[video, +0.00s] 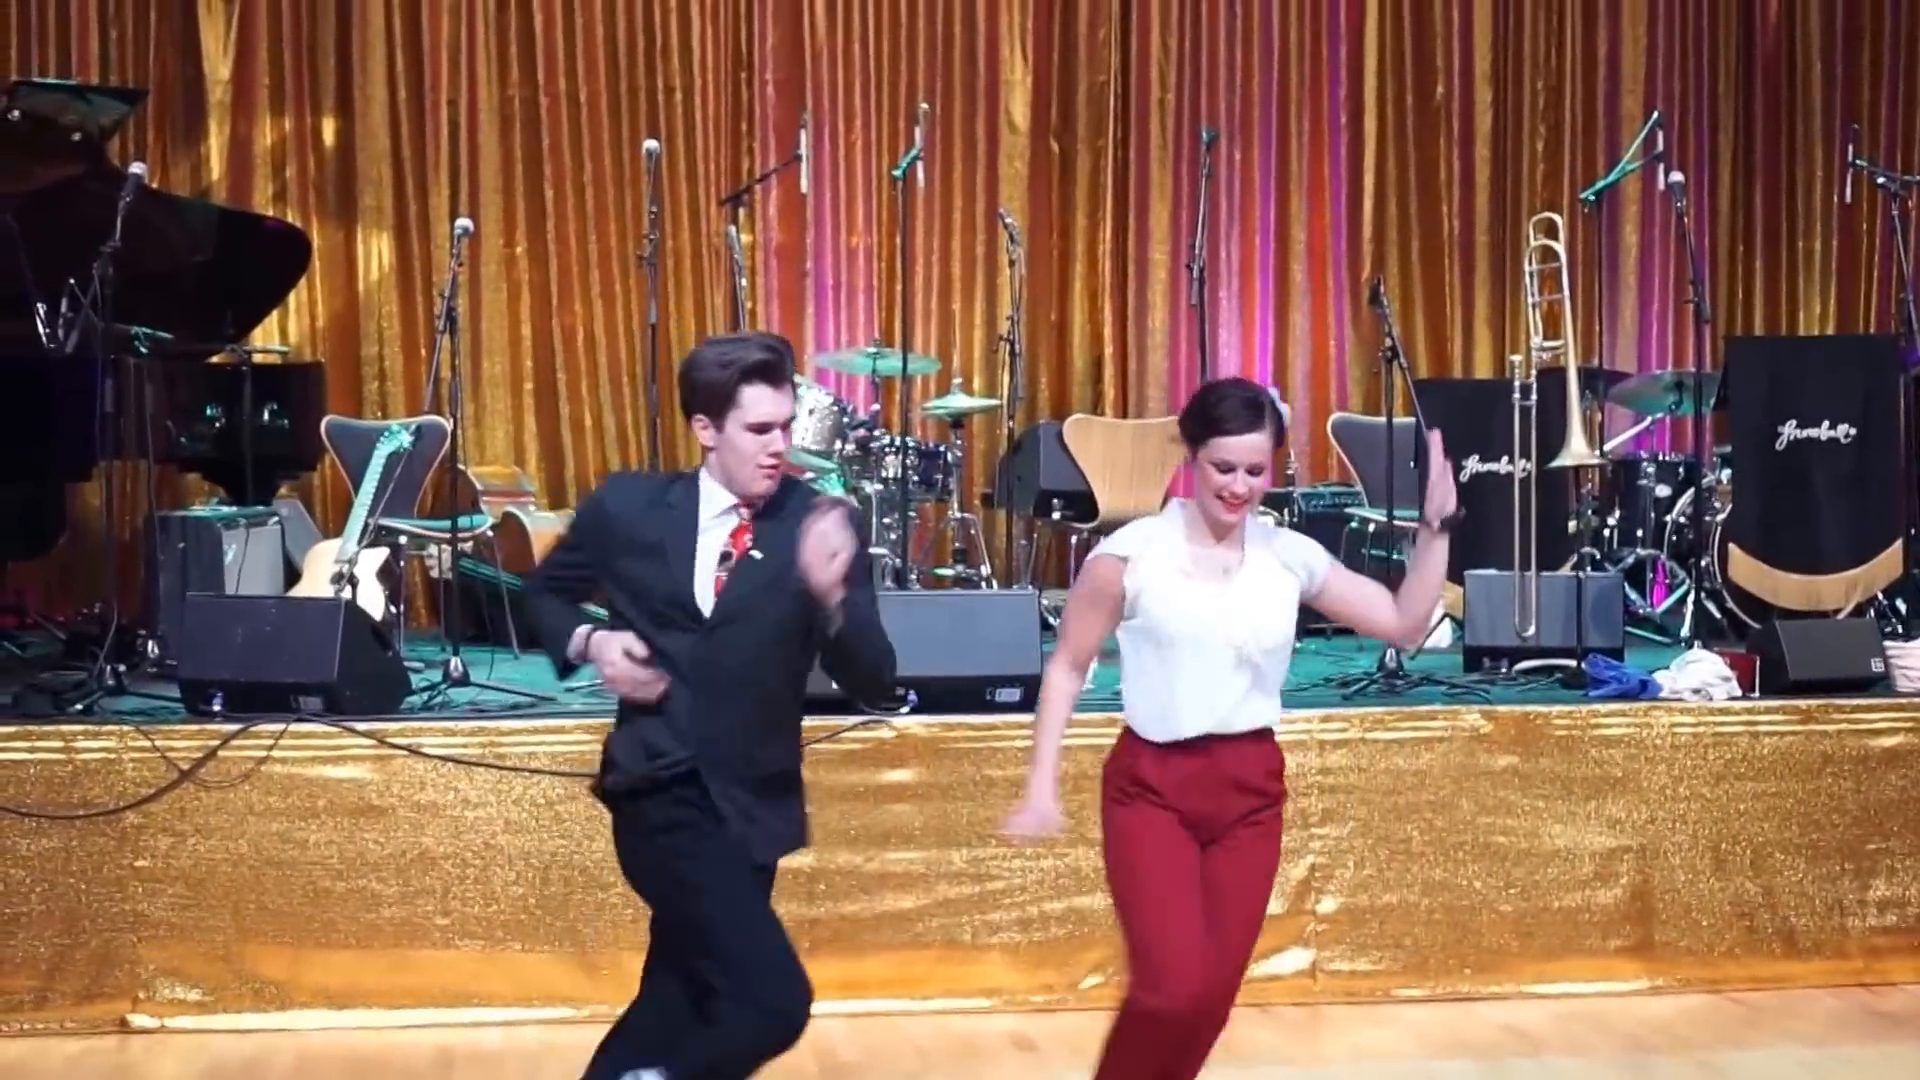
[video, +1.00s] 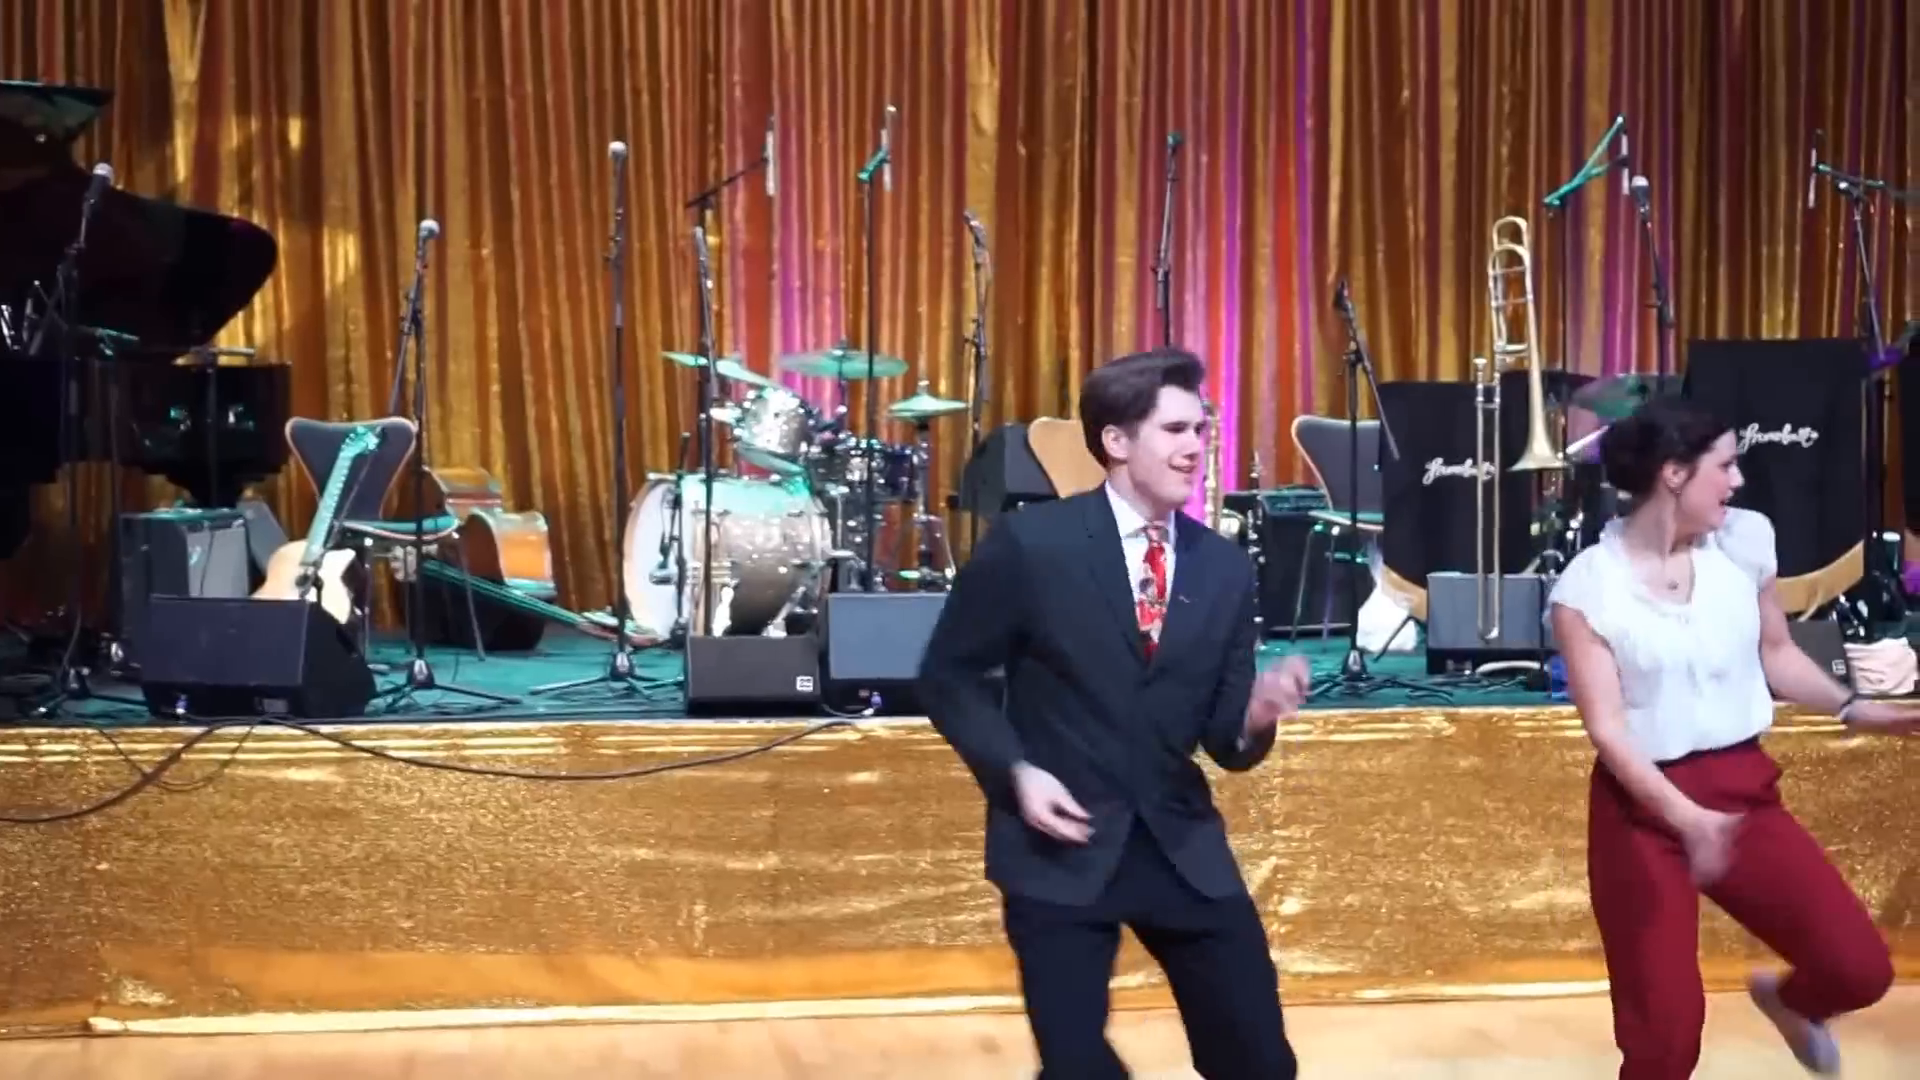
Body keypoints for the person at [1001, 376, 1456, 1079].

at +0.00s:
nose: (1239, 487)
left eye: (1255, 471)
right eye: (1223, 468)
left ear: (1274, 468)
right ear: (1190, 458)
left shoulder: (1289, 557)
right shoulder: (1127, 555)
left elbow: (1405, 625)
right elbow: (1068, 666)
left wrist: (1434, 528)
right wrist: (1041, 791)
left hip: (1250, 801)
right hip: (1150, 796)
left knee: (1207, 1008)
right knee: (1171, 994)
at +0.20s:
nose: (1340, 499)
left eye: (1350, 482)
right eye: (1322, 481)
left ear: (1360, 486)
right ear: (1272, 484)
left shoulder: (1380, 587)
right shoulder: (1216, 586)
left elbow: (1375, 713)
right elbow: (1145, 677)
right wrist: (1045, 628)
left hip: (1326, 826)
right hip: (1234, 820)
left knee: (1224, 1028)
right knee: (1299, 1044)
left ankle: (1153, 1079)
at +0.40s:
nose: (1458, 479)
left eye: (1462, 462)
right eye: (1443, 461)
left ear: (1466, 467)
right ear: (1384, 462)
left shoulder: (1488, 554)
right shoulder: (1309, 563)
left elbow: (1552, 651)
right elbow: (1203, 635)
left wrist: (1614, 729)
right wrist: (1172, 586)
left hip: (1437, 820)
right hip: (1326, 816)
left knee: (1535, 1014)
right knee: (1305, 1038)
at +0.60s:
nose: (1575, 453)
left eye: (1576, 435)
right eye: (1560, 435)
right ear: (1504, 443)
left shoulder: (1589, 498)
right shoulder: (1421, 533)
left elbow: (1675, 502)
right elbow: (1276, 571)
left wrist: (1749, 502)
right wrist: (1332, 555)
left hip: (1597, 793)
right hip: (1485, 803)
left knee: (1625, 1032)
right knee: (1465, 1029)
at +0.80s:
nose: (1662, 448)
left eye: (1662, 430)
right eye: (1647, 431)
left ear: (1598, 440)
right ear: (1591, 441)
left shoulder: (1682, 504)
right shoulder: (1514, 540)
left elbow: (1728, 621)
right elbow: (1542, 686)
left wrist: (1778, 615)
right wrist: (1588, 665)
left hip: (1681, 774)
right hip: (1574, 784)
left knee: (1726, 1003)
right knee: (1623, 1014)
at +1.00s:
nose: (1735, 482)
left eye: (1734, 466)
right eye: (1723, 466)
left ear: (1676, 476)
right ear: (1671, 476)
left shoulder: (1743, 549)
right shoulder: (1587, 588)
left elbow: (1776, 650)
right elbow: (1607, 731)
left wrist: (1854, 708)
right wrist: (1688, 816)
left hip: (1745, 796)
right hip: (1640, 811)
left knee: (1861, 971)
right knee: (1665, 1044)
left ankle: (1785, 999)